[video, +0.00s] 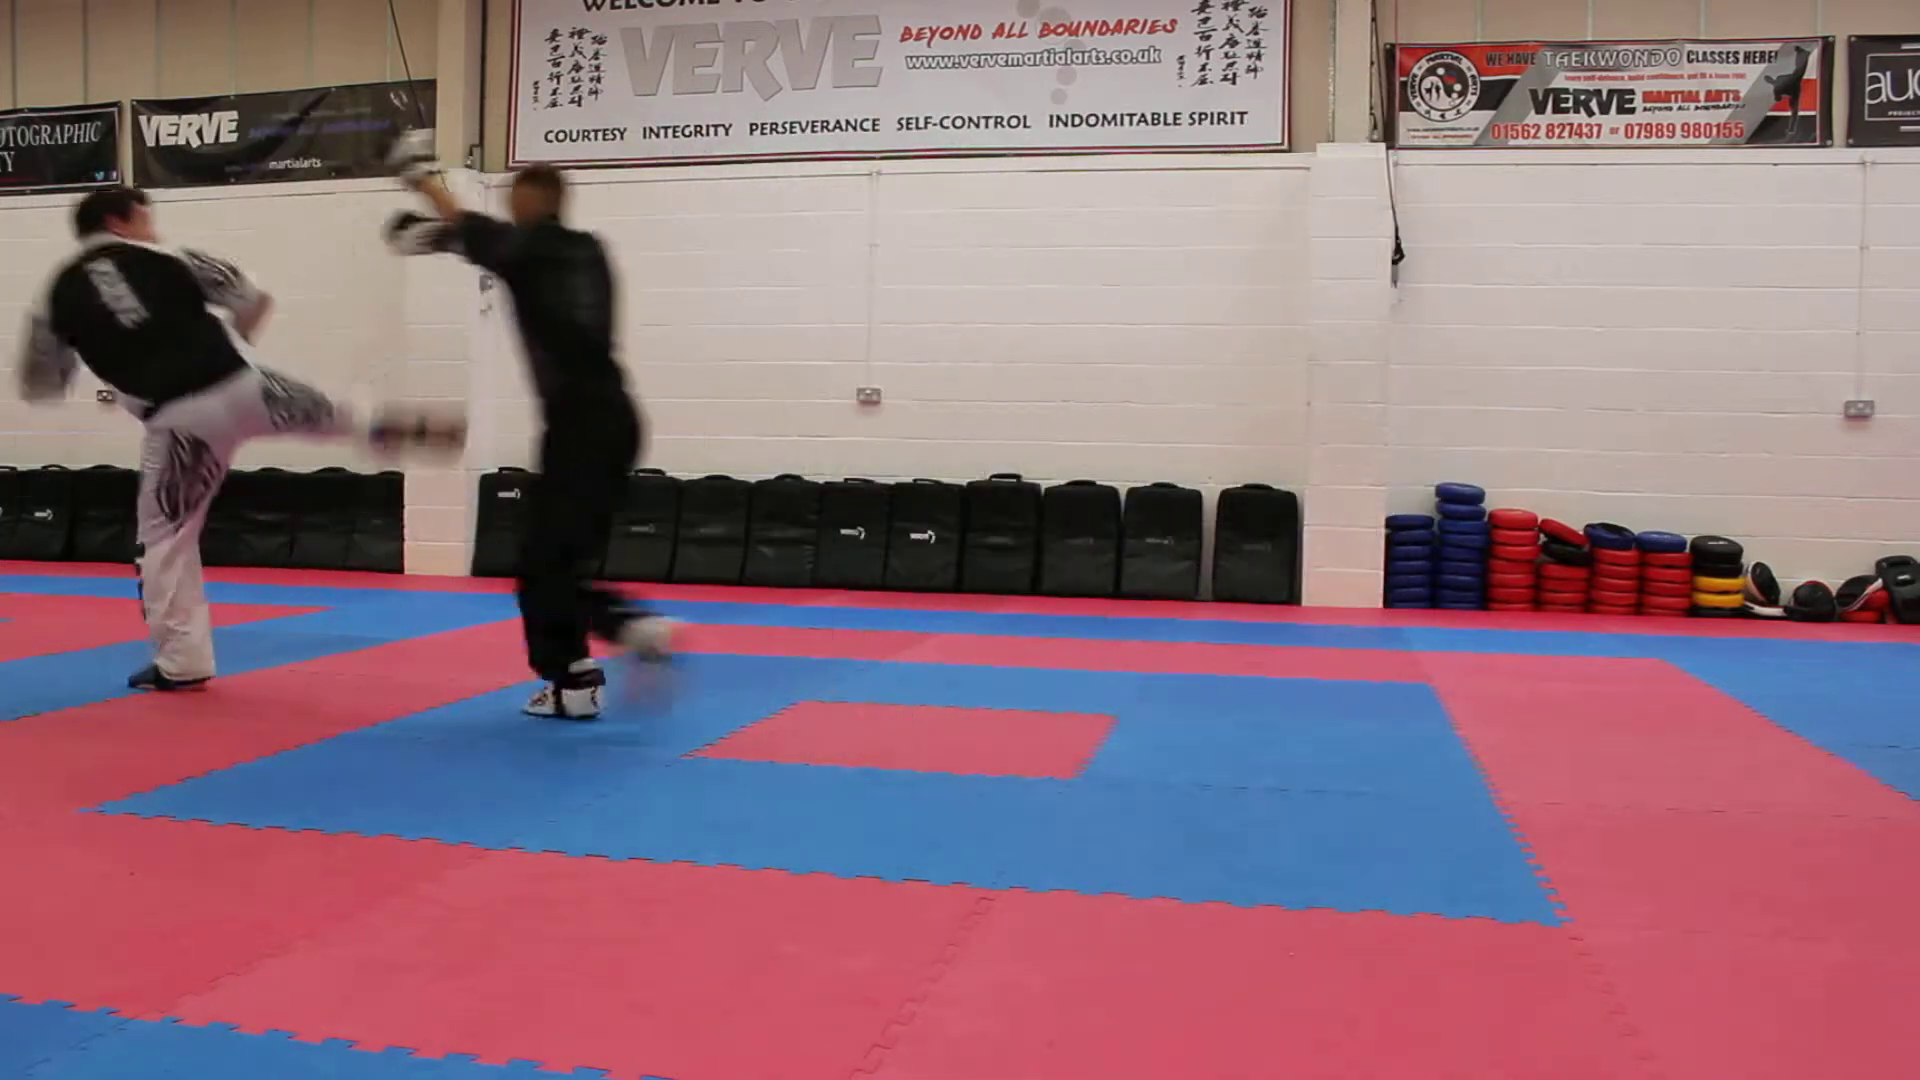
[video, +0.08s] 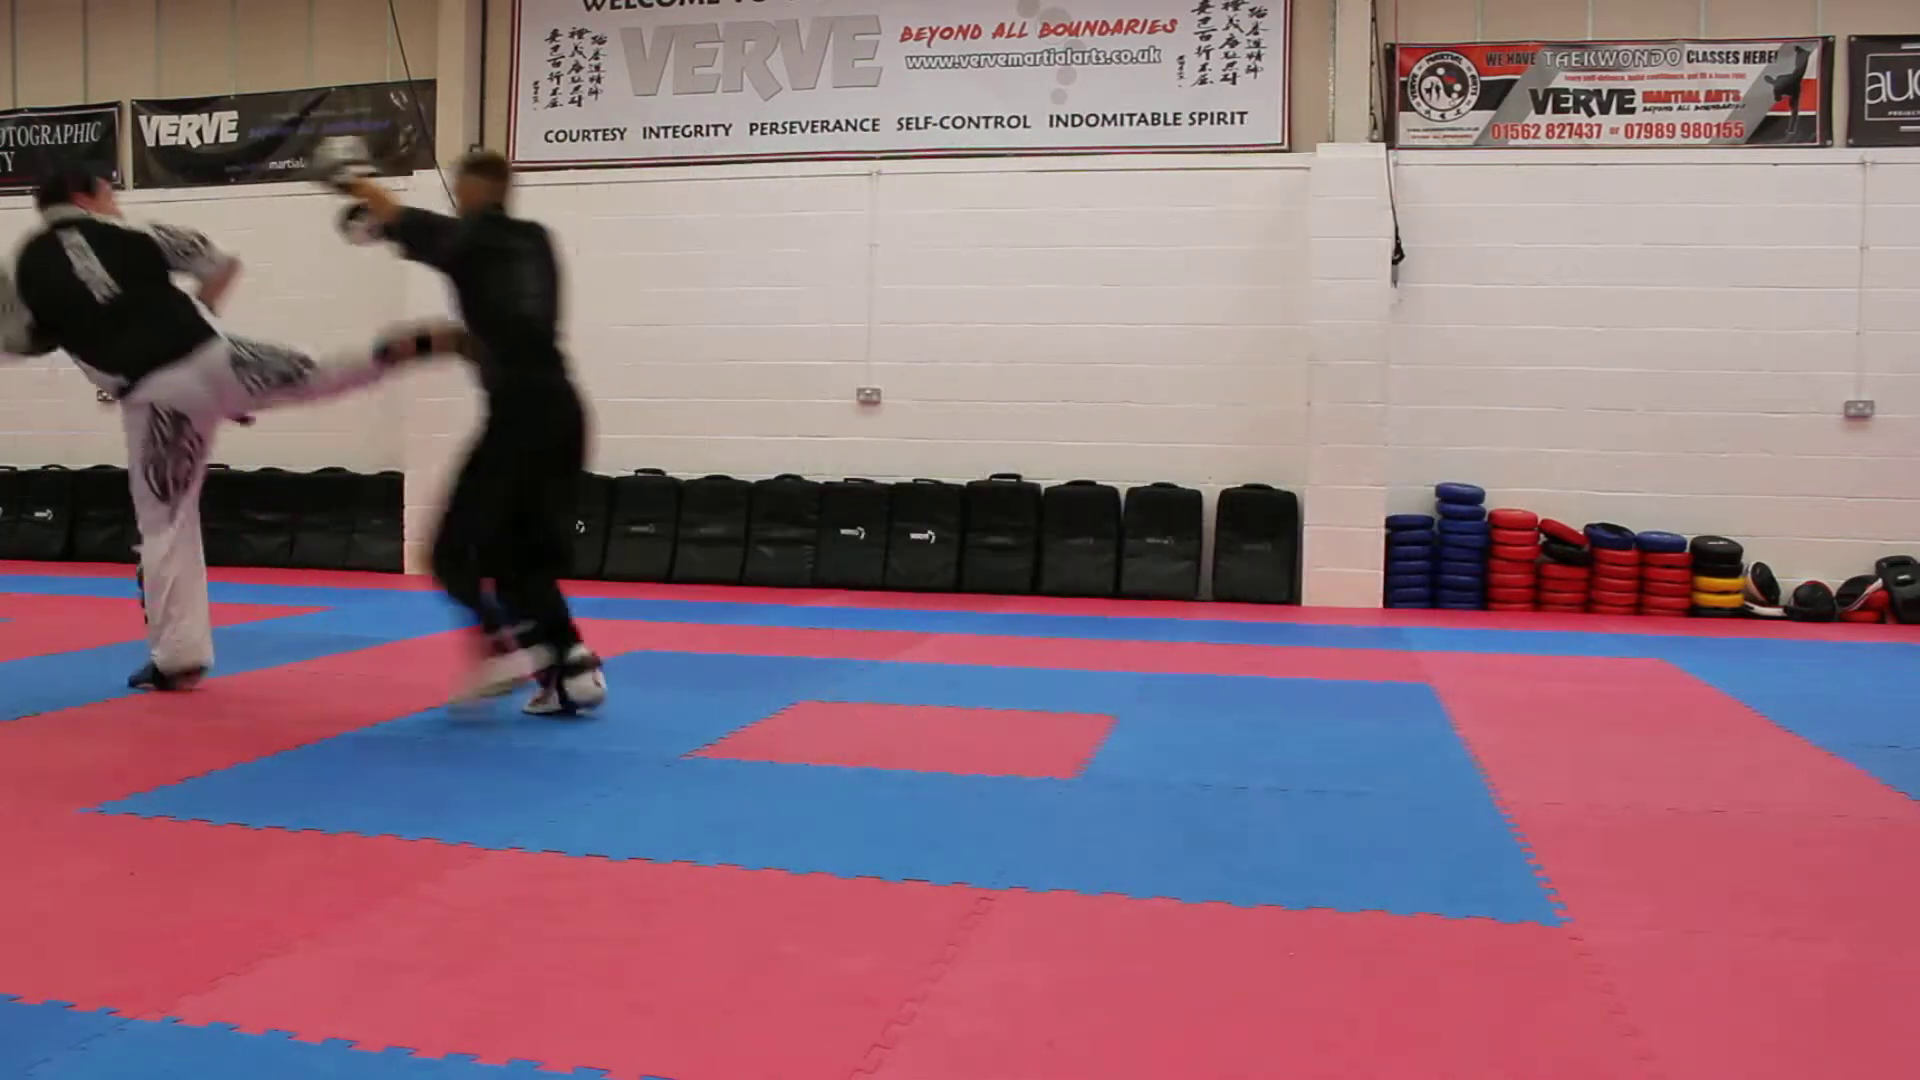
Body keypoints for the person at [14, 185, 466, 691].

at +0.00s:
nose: (151, 227)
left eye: (146, 216)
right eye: (144, 217)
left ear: (87, 227)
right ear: (120, 219)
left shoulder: (59, 293)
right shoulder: (161, 258)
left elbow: (40, 385)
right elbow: (254, 301)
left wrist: (78, 342)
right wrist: (225, 348)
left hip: (179, 425)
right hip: (242, 388)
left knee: (166, 543)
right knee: (344, 420)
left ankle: (184, 662)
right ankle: (412, 431)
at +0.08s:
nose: (115, 200)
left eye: (109, 190)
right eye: (108, 190)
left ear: (47, 202)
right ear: (87, 192)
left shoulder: (27, 267)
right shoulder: (127, 235)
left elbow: (22, 342)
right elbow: (223, 265)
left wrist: (75, 314)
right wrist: (192, 323)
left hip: (153, 400)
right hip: (210, 361)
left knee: (165, 529)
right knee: (317, 378)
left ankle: (179, 656)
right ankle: (404, 350)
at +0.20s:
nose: (72, 172)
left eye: (68, 164)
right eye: (67, 162)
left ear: (11, 168)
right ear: (44, 160)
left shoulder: (3, 220)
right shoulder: (79, 194)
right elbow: (181, 229)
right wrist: (146, 287)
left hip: (107, 361)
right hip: (166, 324)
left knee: (128, 496)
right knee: (280, 363)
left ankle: (154, 617)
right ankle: (319, 325)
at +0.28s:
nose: (47, 170)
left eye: (44, 161)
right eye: (43, 160)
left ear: (4, 158)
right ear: (23, 156)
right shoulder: (57, 194)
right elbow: (158, 204)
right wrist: (127, 281)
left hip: (81, 349)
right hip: (141, 321)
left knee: (89, 485)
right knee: (251, 385)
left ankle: (116, 606)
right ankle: (258, 338)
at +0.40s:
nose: (7, 184)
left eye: (4, 178)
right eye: (6, 178)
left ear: (5, 182)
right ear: (8, 181)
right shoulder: (32, 228)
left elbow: (121, 255)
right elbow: (124, 254)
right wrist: (88, 317)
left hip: (24, 385)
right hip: (89, 363)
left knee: (34, 525)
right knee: (193, 429)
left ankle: (46, 649)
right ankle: (190, 379)